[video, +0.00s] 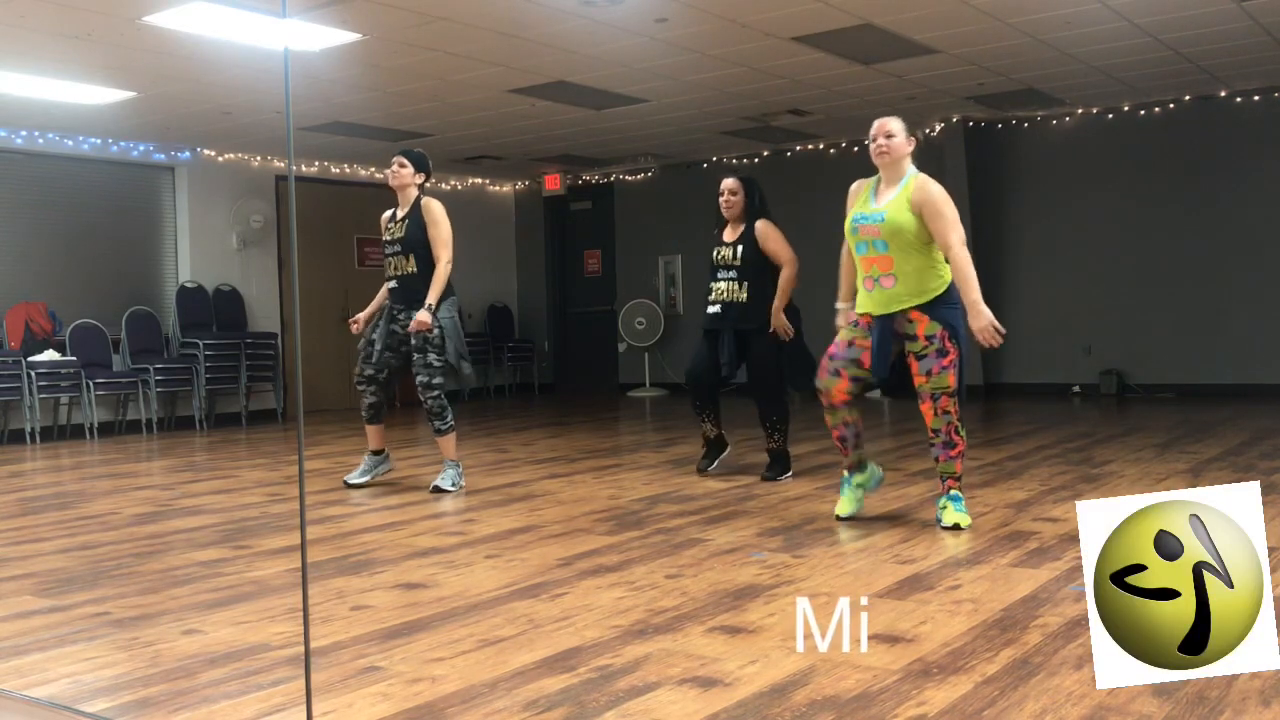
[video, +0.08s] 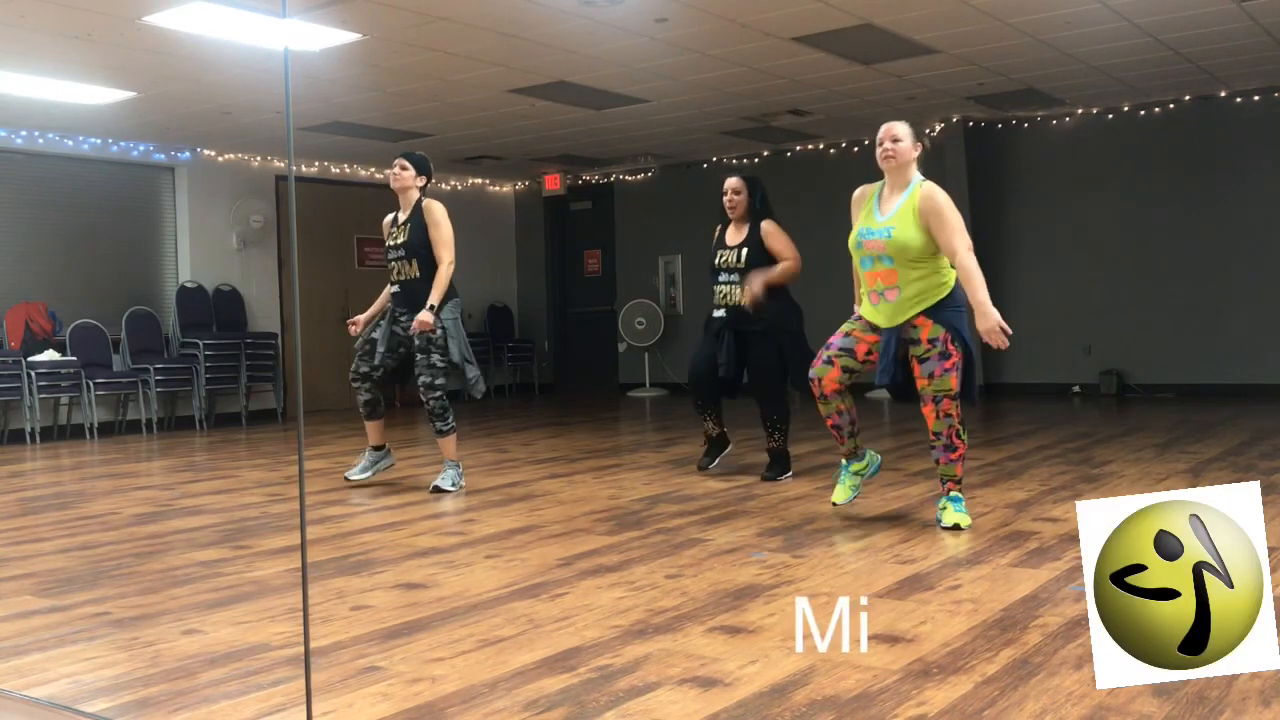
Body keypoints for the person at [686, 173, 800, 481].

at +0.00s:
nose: (725, 199)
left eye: (732, 193)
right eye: (722, 194)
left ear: (748, 197)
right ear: (718, 200)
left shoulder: (761, 228)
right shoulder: (722, 233)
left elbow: (790, 263)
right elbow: (729, 277)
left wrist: (778, 309)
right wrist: (720, 312)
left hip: (760, 326)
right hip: (724, 327)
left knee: (767, 388)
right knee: (698, 378)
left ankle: (779, 459)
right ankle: (714, 442)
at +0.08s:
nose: (729, 198)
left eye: (736, 193)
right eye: (725, 193)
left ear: (752, 197)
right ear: (722, 198)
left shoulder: (765, 228)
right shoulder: (721, 232)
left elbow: (793, 262)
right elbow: (726, 274)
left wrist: (762, 277)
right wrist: (721, 310)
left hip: (764, 326)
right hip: (725, 327)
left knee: (769, 387)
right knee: (700, 376)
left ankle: (779, 457)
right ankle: (716, 438)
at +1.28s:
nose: (717, 195)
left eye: (725, 191)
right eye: (715, 191)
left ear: (740, 197)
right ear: (711, 199)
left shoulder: (756, 231)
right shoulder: (705, 235)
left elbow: (779, 270)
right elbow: (708, 280)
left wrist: (790, 312)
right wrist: (709, 321)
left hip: (756, 329)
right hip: (717, 331)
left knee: (765, 391)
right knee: (721, 393)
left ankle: (782, 458)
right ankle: (722, 456)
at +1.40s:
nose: (723, 194)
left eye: (730, 189)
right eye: (720, 189)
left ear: (746, 195)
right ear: (716, 196)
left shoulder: (761, 227)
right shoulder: (714, 233)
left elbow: (786, 267)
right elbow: (722, 277)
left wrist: (792, 311)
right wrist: (716, 317)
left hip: (761, 324)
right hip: (723, 325)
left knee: (767, 385)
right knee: (707, 383)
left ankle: (783, 457)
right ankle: (720, 449)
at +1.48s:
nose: (727, 197)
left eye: (735, 193)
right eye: (724, 193)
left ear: (750, 200)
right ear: (720, 200)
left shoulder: (764, 233)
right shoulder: (718, 238)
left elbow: (791, 271)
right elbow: (727, 281)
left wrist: (792, 316)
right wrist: (723, 318)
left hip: (765, 326)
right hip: (727, 326)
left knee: (771, 389)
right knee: (695, 371)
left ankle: (783, 457)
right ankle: (718, 431)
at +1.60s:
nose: (730, 195)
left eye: (738, 190)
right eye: (727, 190)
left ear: (752, 198)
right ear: (722, 198)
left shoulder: (767, 231)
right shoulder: (718, 233)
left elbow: (791, 271)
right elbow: (724, 277)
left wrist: (793, 316)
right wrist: (721, 314)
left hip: (765, 325)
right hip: (726, 325)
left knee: (771, 388)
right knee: (699, 372)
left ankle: (783, 456)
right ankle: (719, 434)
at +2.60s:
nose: (743, 196)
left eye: (750, 191)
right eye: (740, 192)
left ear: (766, 196)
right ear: (736, 197)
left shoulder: (782, 227)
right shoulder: (732, 230)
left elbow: (794, 268)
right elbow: (708, 265)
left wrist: (765, 259)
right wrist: (692, 232)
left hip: (776, 324)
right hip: (735, 323)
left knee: (774, 389)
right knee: (712, 377)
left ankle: (780, 459)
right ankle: (725, 446)